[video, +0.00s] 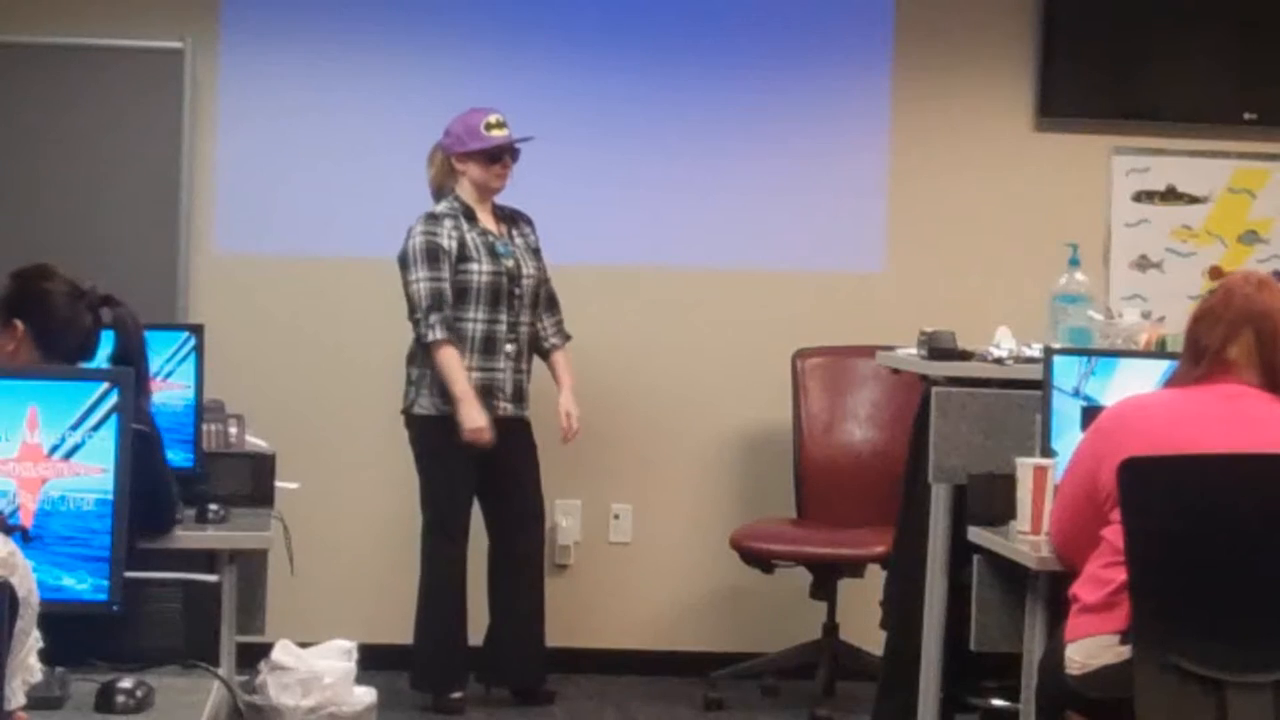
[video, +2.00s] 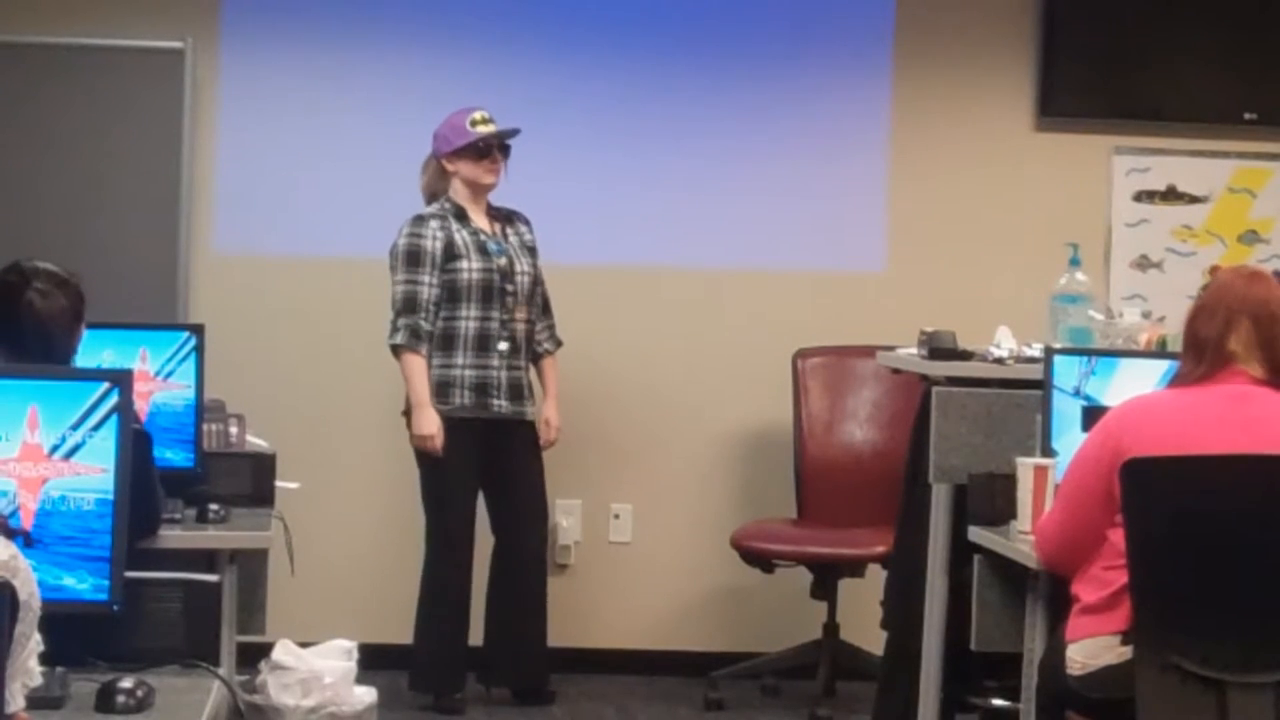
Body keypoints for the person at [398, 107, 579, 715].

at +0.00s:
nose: (504, 165)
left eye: (509, 156)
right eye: (491, 157)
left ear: (511, 162)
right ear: (457, 161)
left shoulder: (520, 229)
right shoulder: (431, 230)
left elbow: (544, 314)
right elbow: (432, 327)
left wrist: (565, 385)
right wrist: (466, 401)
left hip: (507, 415)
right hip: (442, 413)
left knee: (521, 542)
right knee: (446, 546)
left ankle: (519, 672)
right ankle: (441, 680)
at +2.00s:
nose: (495, 160)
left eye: (499, 151)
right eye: (480, 152)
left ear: (502, 160)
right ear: (448, 161)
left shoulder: (517, 230)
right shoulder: (424, 229)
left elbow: (540, 321)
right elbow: (408, 328)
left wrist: (550, 395)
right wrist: (420, 405)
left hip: (513, 416)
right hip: (450, 415)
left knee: (525, 543)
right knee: (451, 548)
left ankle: (519, 675)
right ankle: (439, 683)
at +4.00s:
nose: (489, 169)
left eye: (503, 162)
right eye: (490, 160)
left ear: (542, 171)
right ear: (499, 170)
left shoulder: (588, 244)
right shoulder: (476, 243)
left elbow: (615, 334)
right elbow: (430, 312)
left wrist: (599, 414)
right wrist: (383, 369)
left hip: (568, 431)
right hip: (487, 428)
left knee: (575, 567)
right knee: (463, 553)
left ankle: (577, 702)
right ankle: (435, 701)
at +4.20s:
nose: (479, 171)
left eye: (493, 164)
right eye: (481, 162)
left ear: (532, 175)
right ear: (490, 174)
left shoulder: (573, 251)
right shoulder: (460, 249)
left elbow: (574, 343)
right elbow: (435, 344)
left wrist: (514, 391)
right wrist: (419, 427)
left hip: (552, 440)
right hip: (466, 437)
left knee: (558, 570)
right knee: (450, 568)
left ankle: (572, 701)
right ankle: (468, 709)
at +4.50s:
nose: (511, 165)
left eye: (526, 155)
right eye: (499, 153)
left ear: (548, 166)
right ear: (483, 162)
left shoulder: (572, 240)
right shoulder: (449, 236)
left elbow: (572, 335)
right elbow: (414, 329)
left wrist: (526, 389)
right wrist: (411, 402)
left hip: (543, 430)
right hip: (457, 426)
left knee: (557, 572)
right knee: (453, 568)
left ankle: (524, 706)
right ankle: (454, 703)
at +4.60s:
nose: (536, 177)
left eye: (547, 168)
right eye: (521, 167)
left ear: (558, 180)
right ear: (492, 178)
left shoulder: (576, 257)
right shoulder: (450, 249)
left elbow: (594, 366)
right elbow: (407, 349)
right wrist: (400, 440)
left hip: (549, 450)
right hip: (460, 449)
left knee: (580, 580)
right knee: (454, 592)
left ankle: (533, 714)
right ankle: (446, 714)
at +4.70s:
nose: (556, 163)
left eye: (564, 154)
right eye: (540, 154)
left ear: (571, 164)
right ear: (506, 161)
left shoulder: (589, 240)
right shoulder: (465, 229)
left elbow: (632, 326)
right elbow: (424, 316)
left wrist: (667, 413)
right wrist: (440, 393)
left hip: (556, 433)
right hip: (471, 430)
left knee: (575, 569)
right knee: (458, 575)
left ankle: (569, 711)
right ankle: (437, 711)